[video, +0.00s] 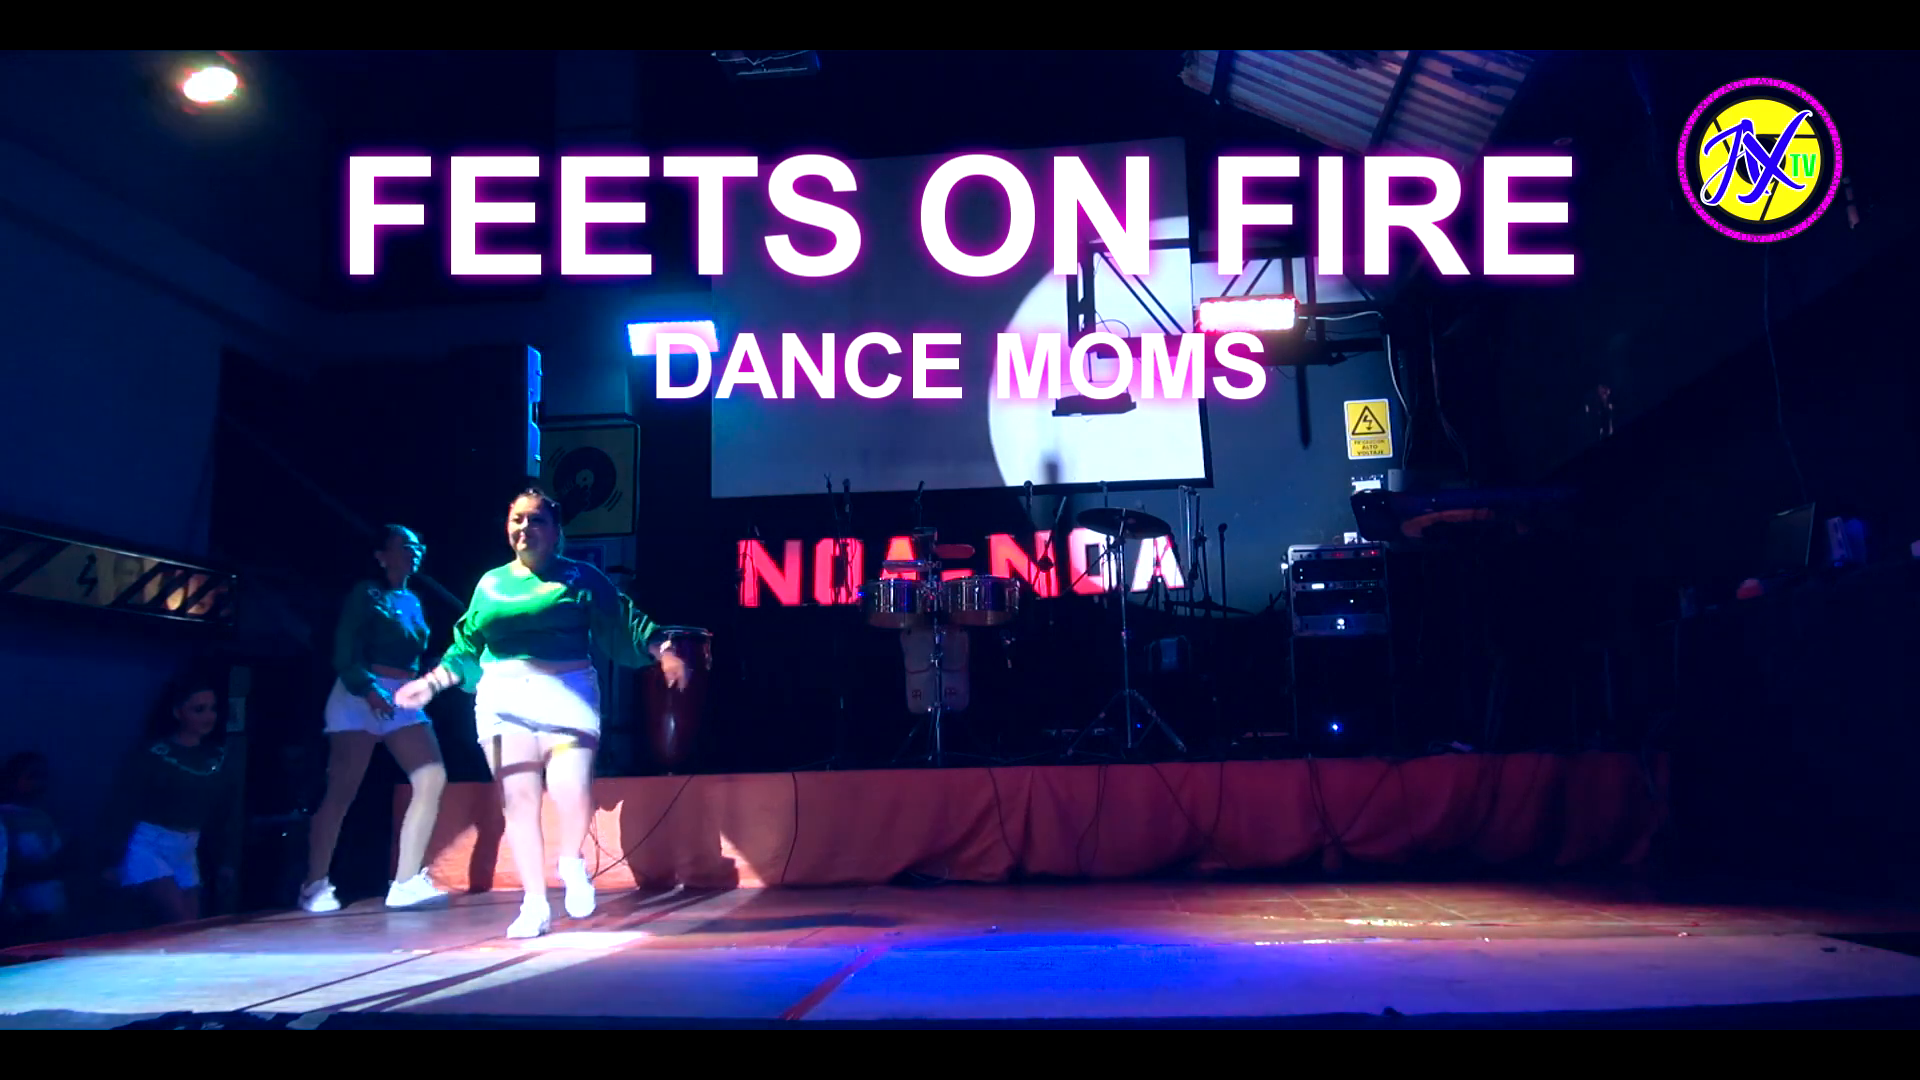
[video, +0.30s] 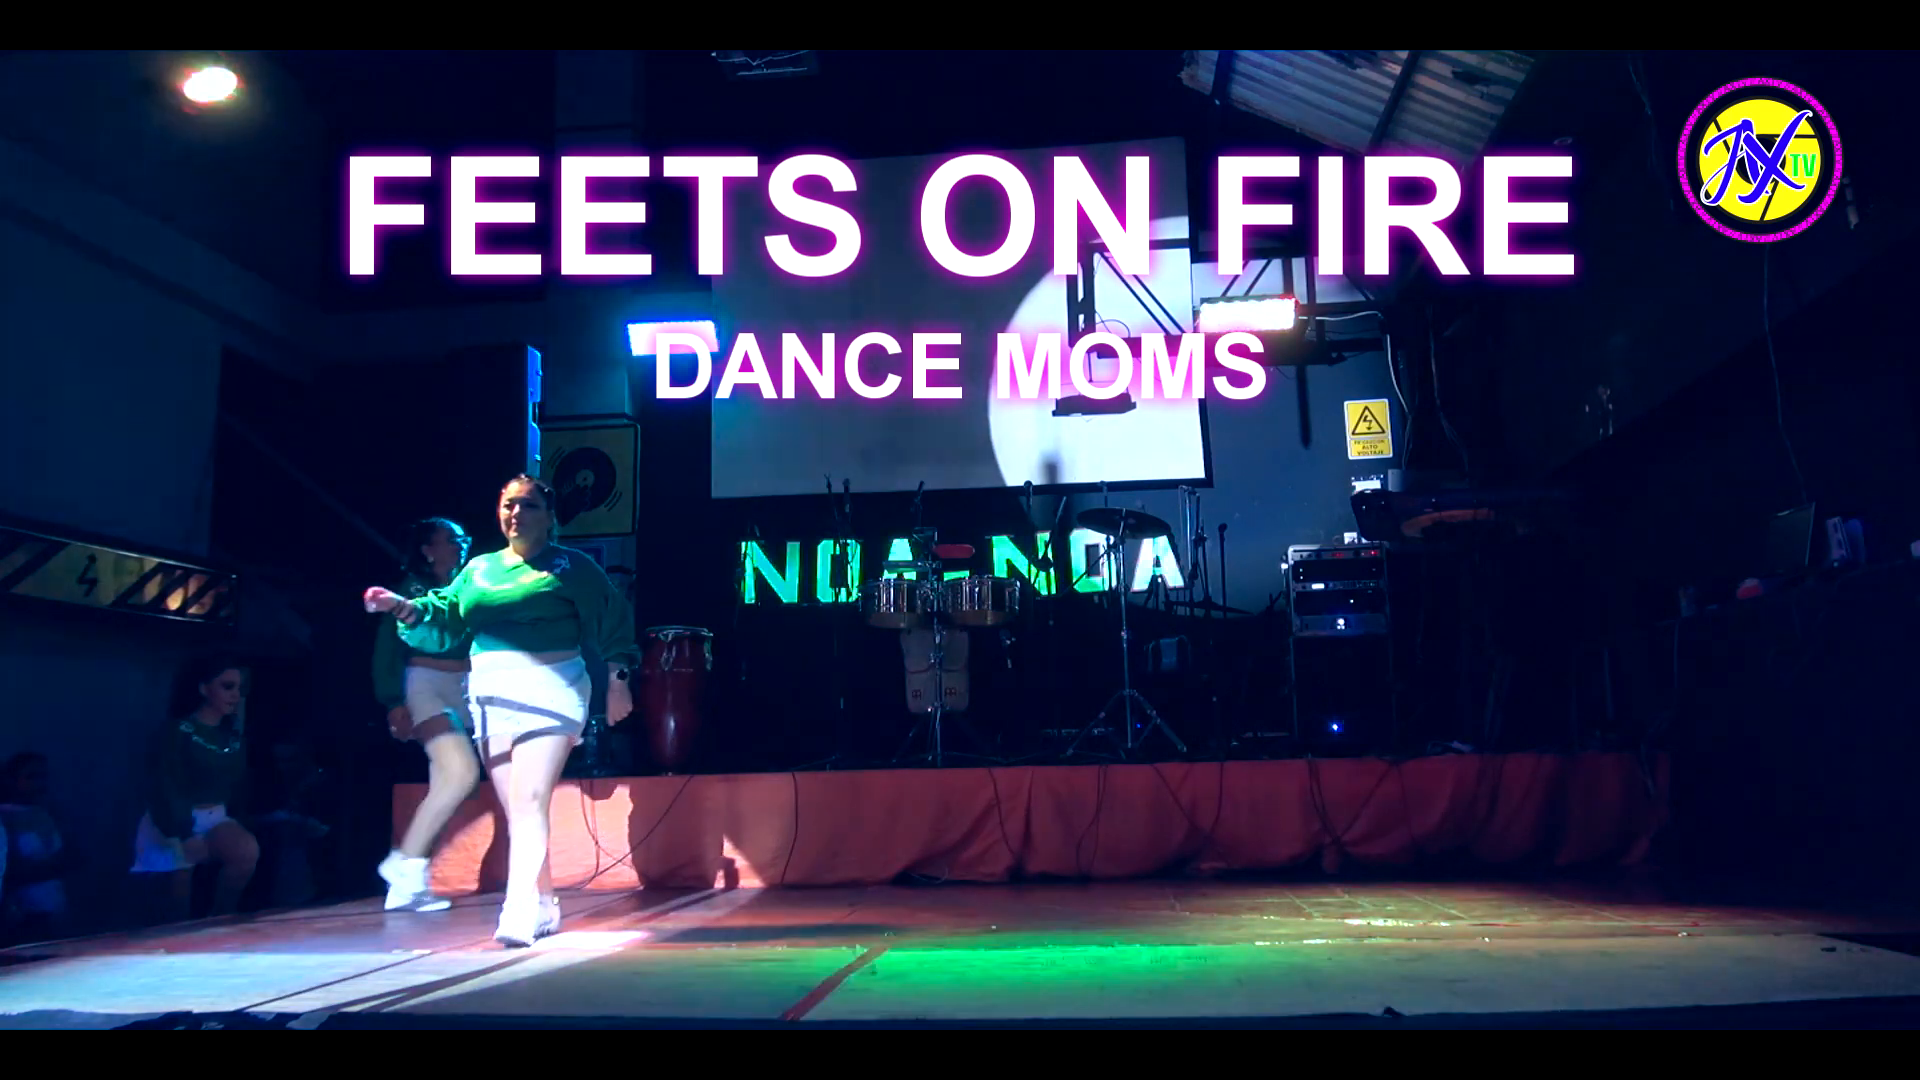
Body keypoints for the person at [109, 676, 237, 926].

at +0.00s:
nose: (209, 716)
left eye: (213, 709)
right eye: (199, 709)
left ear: (217, 710)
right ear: (179, 712)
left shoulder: (216, 760)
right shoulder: (155, 754)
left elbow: (221, 814)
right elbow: (128, 803)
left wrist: (223, 862)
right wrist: (113, 857)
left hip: (187, 851)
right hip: (149, 847)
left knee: (188, 926)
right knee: (184, 923)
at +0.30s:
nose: (235, 695)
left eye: (239, 688)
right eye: (227, 687)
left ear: (242, 692)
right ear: (205, 689)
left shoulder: (233, 737)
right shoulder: (178, 733)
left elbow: (237, 787)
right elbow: (162, 786)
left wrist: (236, 821)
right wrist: (184, 834)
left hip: (215, 817)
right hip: (176, 818)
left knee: (245, 851)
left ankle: (220, 920)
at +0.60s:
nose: (271, 667)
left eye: (274, 660)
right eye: (263, 658)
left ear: (278, 667)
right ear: (242, 663)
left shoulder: (270, 713)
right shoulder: (219, 707)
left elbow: (274, 765)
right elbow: (203, 761)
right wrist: (215, 813)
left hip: (254, 800)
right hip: (213, 799)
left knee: (271, 867)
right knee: (205, 885)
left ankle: (232, 926)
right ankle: (179, 941)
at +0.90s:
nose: (301, 633)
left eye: (304, 627)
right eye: (292, 626)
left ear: (306, 636)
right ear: (270, 631)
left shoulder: (303, 685)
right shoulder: (242, 675)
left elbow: (318, 739)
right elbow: (211, 724)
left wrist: (334, 782)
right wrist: (193, 773)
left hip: (280, 771)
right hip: (238, 768)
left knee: (276, 849)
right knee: (304, 805)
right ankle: (251, 873)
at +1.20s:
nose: (333, 611)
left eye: (335, 605)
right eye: (323, 604)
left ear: (338, 614)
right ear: (302, 611)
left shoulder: (339, 666)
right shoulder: (279, 655)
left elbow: (359, 715)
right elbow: (243, 701)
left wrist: (383, 752)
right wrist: (220, 750)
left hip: (310, 751)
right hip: (272, 744)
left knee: (275, 839)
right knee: (323, 808)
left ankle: (246, 915)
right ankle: (293, 887)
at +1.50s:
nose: (363, 586)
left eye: (365, 581)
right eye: (355, 580)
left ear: (366, 588)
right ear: (333, 585)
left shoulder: (367, 636)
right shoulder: (313, 629)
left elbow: (373, 693)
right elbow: (295, 678)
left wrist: (374, 739)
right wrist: (315, 720)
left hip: (350, 728)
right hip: (312, 724)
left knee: (365, 801)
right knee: (325, 807)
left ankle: (294, 847)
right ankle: (293, 887)